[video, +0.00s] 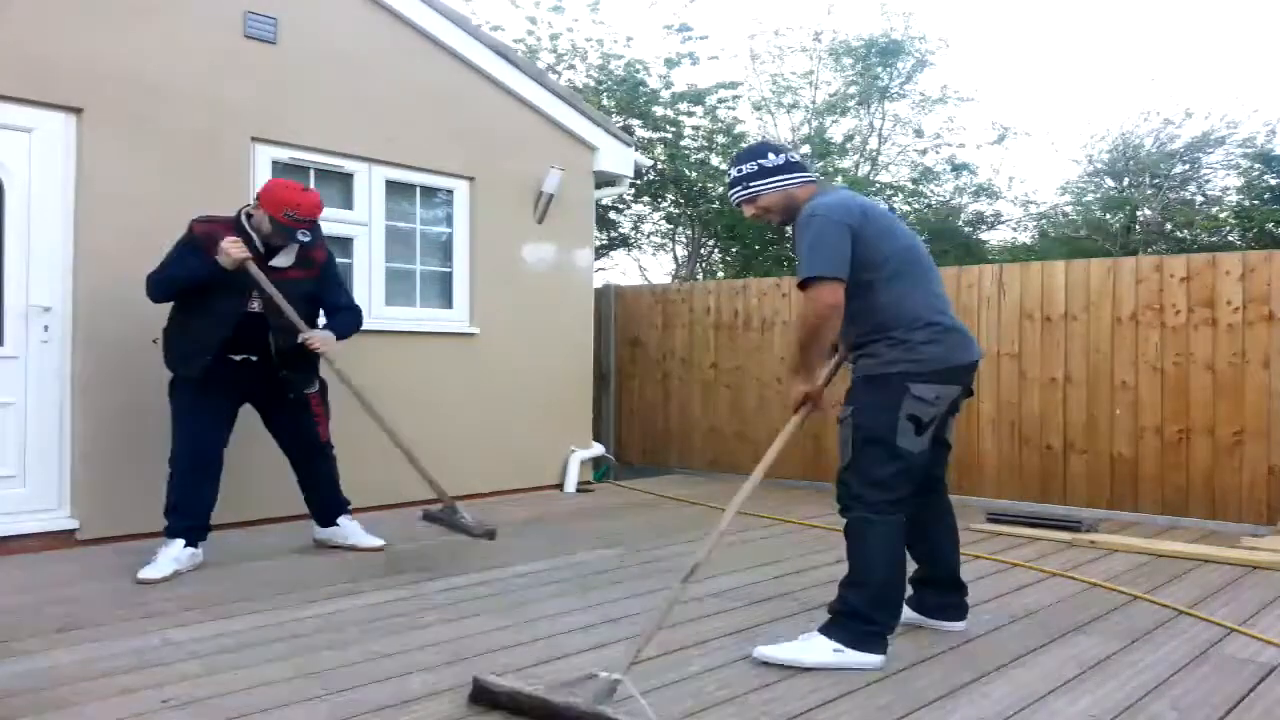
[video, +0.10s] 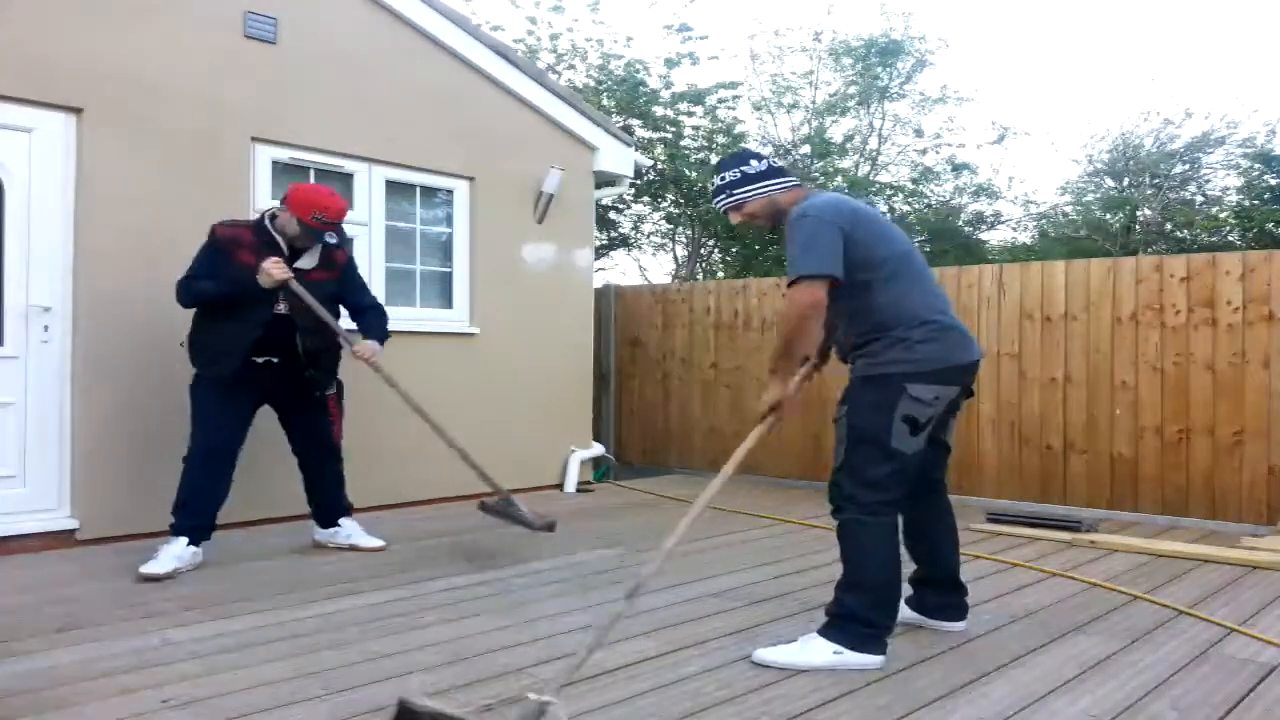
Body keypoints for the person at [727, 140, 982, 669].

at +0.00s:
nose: (750, 214)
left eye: (750, 200)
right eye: (743, 205)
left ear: (776, 183)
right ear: (795, 177)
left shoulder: (822, 213)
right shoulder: (852, 206)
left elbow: (826, 303)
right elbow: (861, 308)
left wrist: (804, 375)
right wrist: (820, 377)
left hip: (902, 366)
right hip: (942, 360)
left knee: (869, 496)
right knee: (922, 487)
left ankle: (858, 634)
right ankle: (941, 602)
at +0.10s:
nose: (738, 220)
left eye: (736, 207)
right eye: (732, 212)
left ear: (760, 190)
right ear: (777, 182)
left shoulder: (812, 215)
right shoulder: (839, 209)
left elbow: (808, 302)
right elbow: (843, 305)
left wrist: (781, 371)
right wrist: (812, 357)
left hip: (901, 366)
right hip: (945, 360)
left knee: (861, 496)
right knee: (921, 488)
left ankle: (857, 635)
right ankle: (941, 603)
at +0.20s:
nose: (727, 224)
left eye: (725, 210)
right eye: (720, 217)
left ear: (750, 192)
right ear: (757, 188)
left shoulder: (801, 215)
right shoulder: (828, 212)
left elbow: (793, 313)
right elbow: (840, 318)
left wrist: (754, 388)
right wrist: (791, 354)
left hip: (897, 366)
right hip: (944, 359)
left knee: (855, 497)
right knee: (920, 488)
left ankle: (857, 635)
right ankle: (939, 604)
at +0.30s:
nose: (724, 223)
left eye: (722, 210)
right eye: (717, 216)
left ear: (745, 192)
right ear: (761, 186)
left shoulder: (794, 216)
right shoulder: (824, 216)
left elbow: (765, 313)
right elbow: (807, 326)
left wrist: (726, 389)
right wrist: (756, 367)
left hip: (893, 365)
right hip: (943, 356)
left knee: (856, 497)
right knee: (918, 487)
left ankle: (857, 635)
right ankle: (931, 606)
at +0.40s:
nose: (722, 220)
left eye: (720, 206)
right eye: (715, 212)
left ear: (742, 187)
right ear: (763, 178)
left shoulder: (791, 211)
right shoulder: (824, 209)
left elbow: (761, 291)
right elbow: (805, 317)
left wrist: (713, 376)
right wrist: (755, 344)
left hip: (891, 363)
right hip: (939, 356)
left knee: (858, 496)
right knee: (914, 487)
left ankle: (857, 635)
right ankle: (932, 609)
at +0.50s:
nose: (723, 209)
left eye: (721, 195)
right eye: (717, 200)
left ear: (743, 177)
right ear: (764, 167)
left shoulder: (789, 206)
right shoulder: (824, 197)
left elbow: (759, 299)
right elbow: (843, 276)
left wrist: (713, 371)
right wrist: (787, 317)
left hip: (886, 361)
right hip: (932, 355)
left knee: (866, 496)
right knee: (910, 491)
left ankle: (857, 636)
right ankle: (924, 613)